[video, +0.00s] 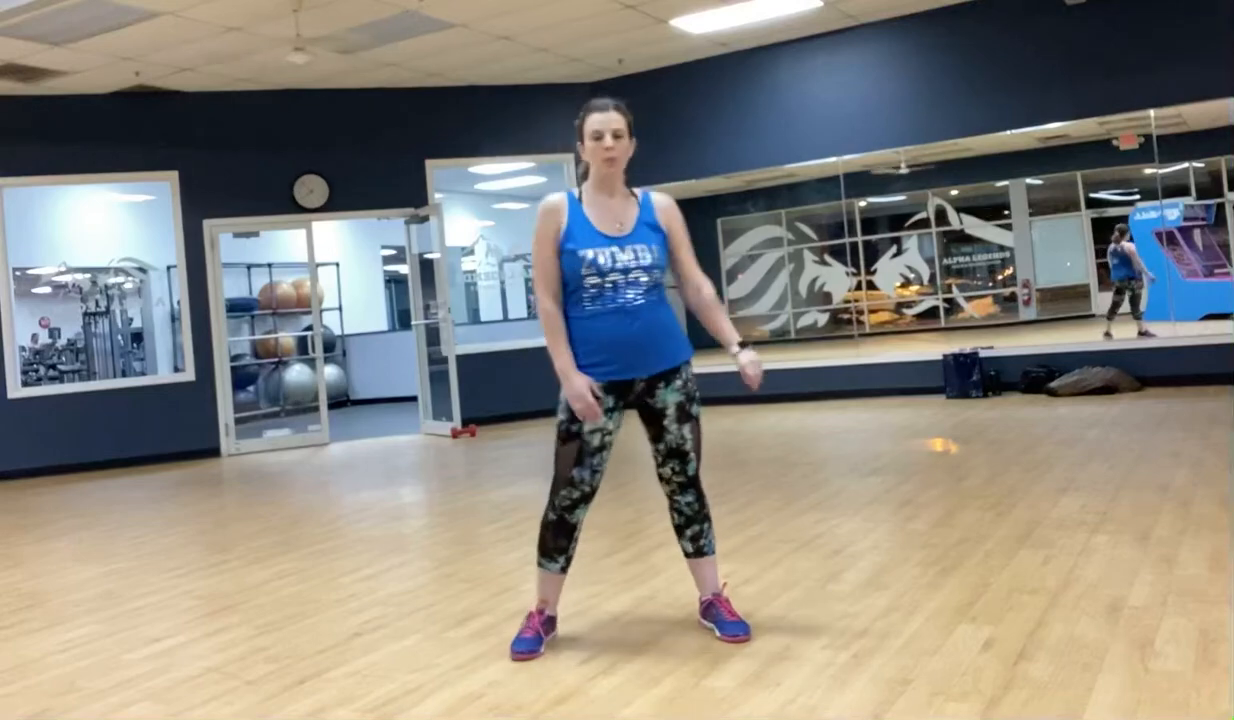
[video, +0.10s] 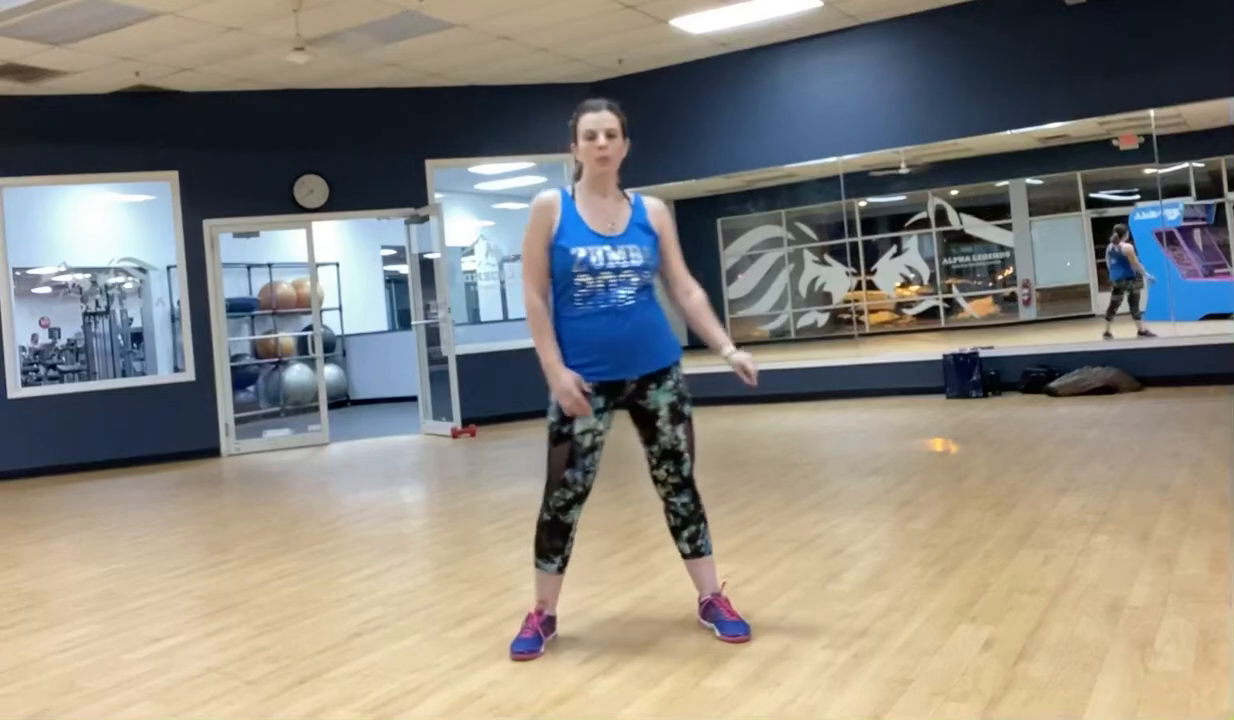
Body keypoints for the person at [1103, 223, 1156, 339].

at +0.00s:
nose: (1113, 235)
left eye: (1114, 234)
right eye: (1128, 234)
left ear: (1116, 234)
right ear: (1126, 234)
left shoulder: (1111, 248)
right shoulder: (1129, 247)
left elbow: (1111, 264)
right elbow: (1137, 263)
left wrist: (1114, 276)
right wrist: (1148, 275)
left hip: (1119, 279)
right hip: (1133, 279)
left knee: (1115, 304)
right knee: (1135, 305)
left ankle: (1108, 330)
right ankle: (1141, 329)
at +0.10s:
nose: (1128, 236)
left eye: (1127, 234)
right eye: (1127, 234)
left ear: (1115, 234)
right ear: (1126, 235)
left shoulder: (1110, 247)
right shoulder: (1127, 247)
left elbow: (1109, 264)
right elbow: (1135, 264)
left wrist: (1113, 276)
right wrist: (1146, 274)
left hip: (1118, 280)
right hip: (1132, 279)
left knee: (1113, 305)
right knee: (1134, 305)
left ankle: (1107, 330)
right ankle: (1141, 328)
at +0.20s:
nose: (1125, 236)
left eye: (1125, 234)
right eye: (1125, 234)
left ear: (1113, 234)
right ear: (1123, 235)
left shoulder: (1107, 248)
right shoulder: (1124, 248)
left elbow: (1105, 265)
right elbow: (1132, 265)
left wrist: (1110, 275)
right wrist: (1143, 277)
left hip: (1114, 281)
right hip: (1127, 280)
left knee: (1110, 305)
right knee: (1133, 305)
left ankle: (1106, 330)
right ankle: (1140, 328)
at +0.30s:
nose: (1123, 237)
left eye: (1122, 235)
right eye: (1122, 235)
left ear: (1110, 235)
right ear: (1121, 236)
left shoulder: (1104, 247)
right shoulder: (1123, 248)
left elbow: (1101, 263)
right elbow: (1129, 265)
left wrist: (1103, 277)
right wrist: (1138, 280)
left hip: (1109, 280)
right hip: (1123, 279)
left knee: (1107, 304)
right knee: (1131, 303)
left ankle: (1105, 330)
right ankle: (1140, 328)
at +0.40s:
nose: (1123, 236)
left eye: (1122, 234)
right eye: (1122, 235)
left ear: (1110, 235)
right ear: (1120, 236)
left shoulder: (1104, 248)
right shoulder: (1123, 248)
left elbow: (1100, 263)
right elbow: (1128, 266)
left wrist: (1100, 277)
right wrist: (1136, 280)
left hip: (1109, 280)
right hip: (1123, 280)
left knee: (1107, 305)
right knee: (1131, 303)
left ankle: (1105, 330)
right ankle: (1140, 328)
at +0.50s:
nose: (1121, 236)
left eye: (1120, 234)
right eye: (1121, 234)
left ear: (1109, 235)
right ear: (1120, 235)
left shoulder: (1103, 248)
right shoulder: (1125, 248)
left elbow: (1099, 263)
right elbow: (1130, 264)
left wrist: (1098, 276)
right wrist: (1132, 275)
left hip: (1108, 280)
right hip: (1124, 280)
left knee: (1106, 305)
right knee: (1132, 303)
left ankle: (1105, 330)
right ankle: (1140, 328)